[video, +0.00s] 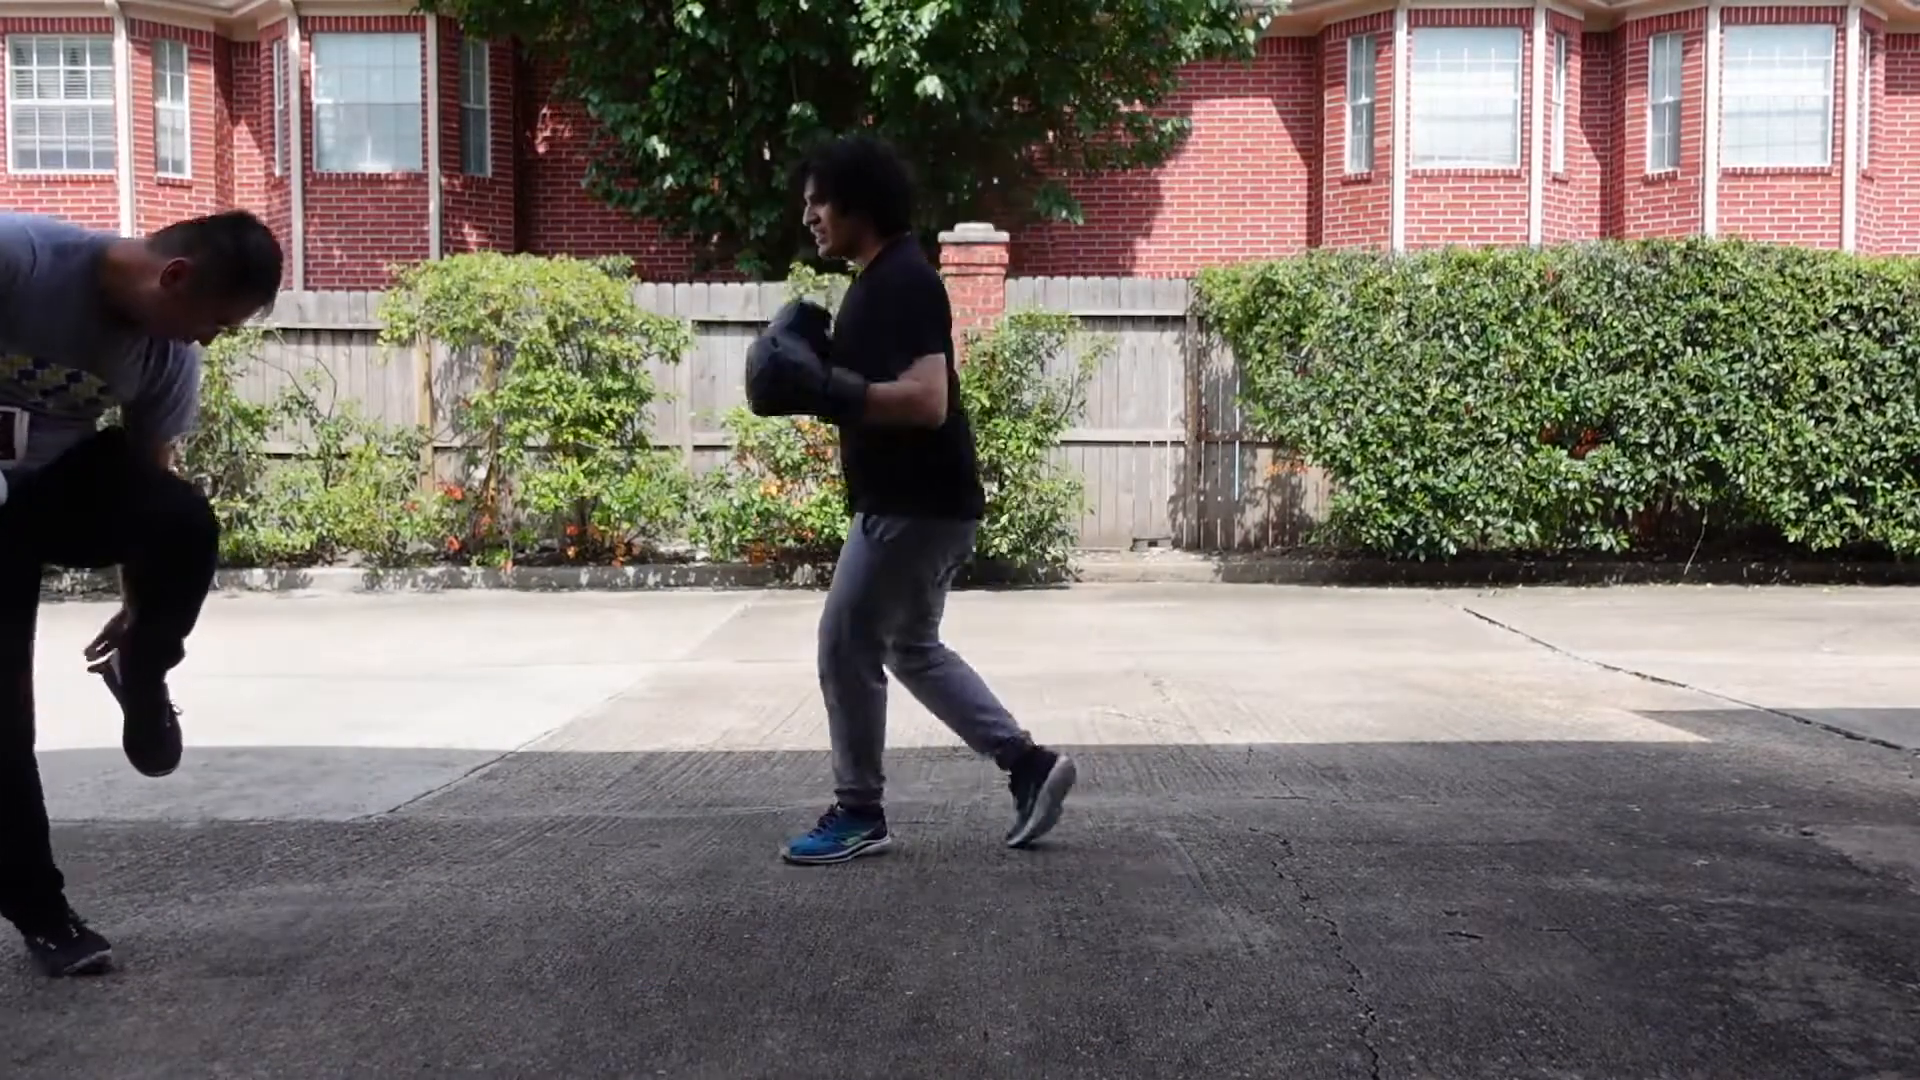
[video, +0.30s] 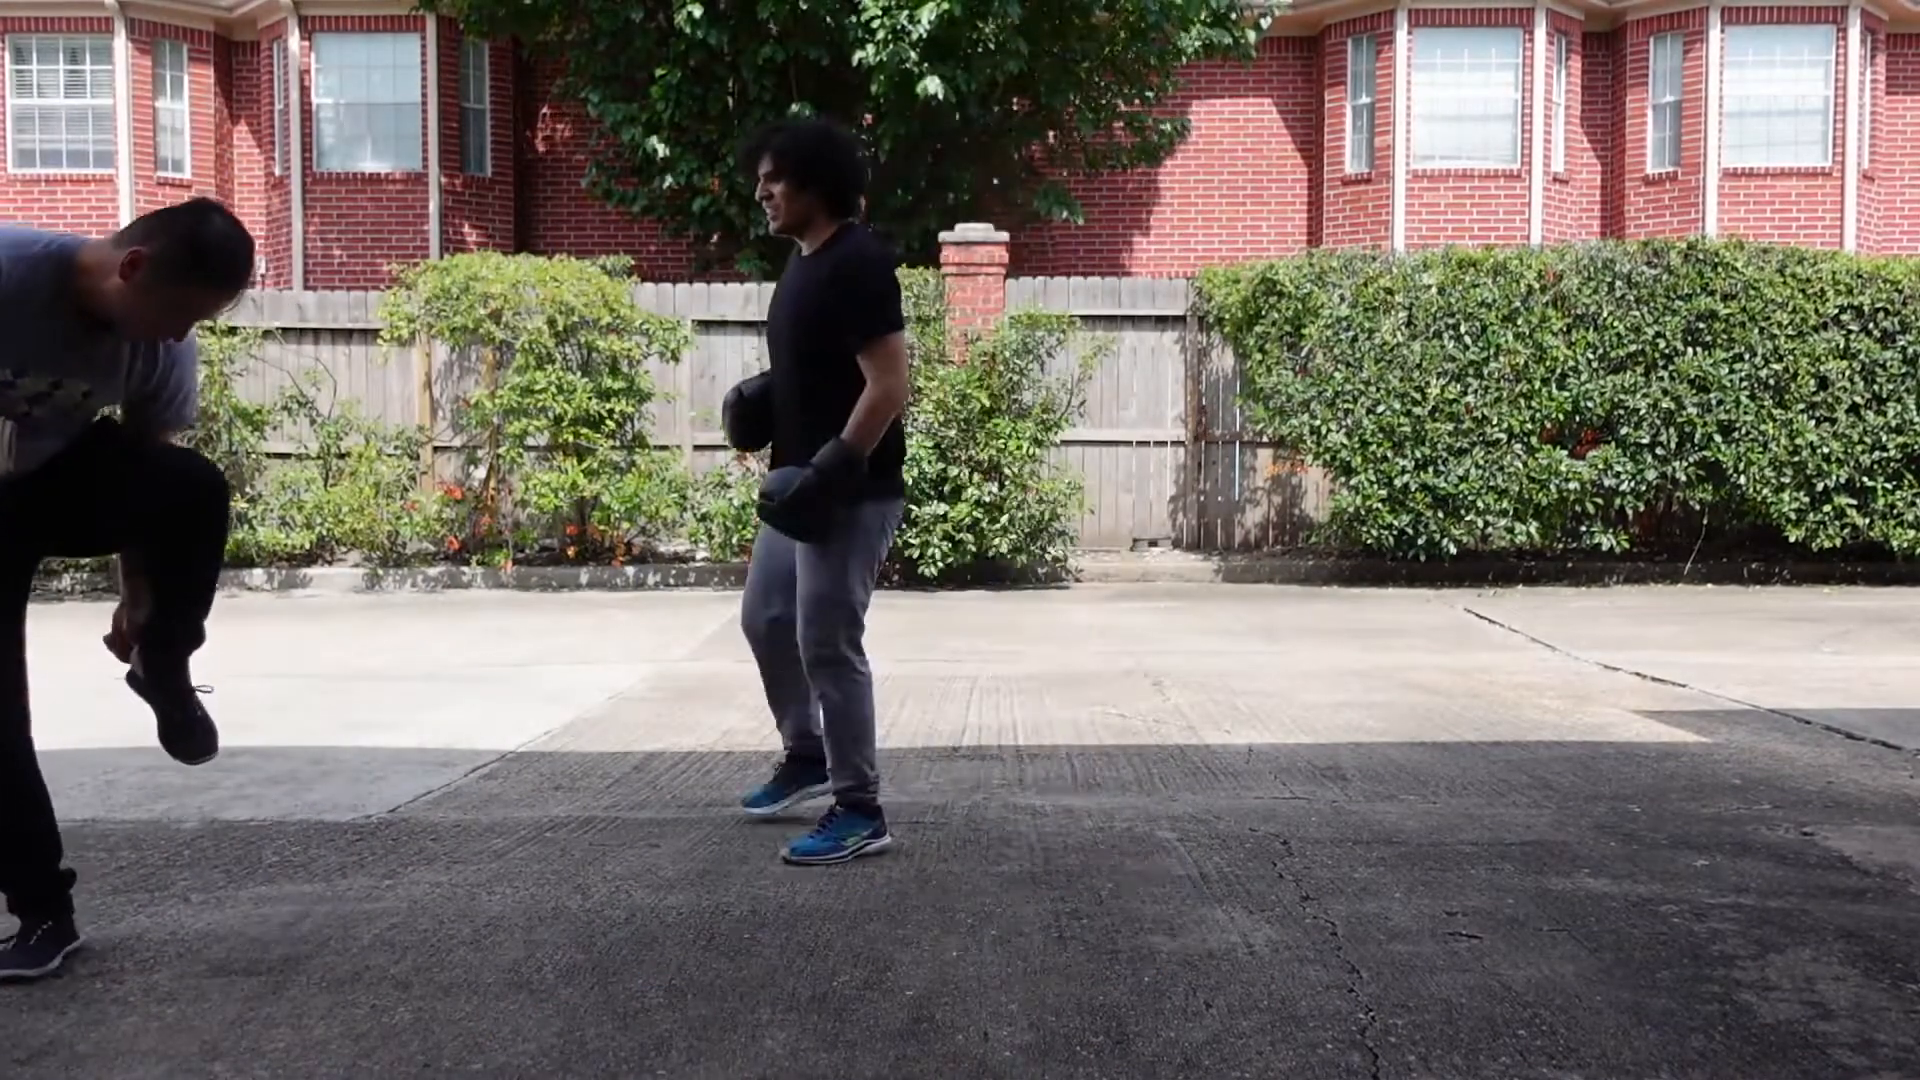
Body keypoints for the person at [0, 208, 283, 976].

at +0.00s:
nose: (207, 342)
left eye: (223, 331)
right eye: (214, 323)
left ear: (177, 277)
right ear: (175, 275)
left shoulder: (165, 361)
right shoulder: (20, 260)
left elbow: (150, 492)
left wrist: (136, 607)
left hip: (65, 492)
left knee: (183, 520)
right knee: (3, 719)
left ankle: (140, 667)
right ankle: (41, 915)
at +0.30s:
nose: (183, 335)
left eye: (199, 322)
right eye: (182, 314)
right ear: (133, 266)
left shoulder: (161, 348)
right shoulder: (11, 270)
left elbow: (153, 480)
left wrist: (136, 600)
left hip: (65, 470)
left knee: (194, 489)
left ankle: (166, 663)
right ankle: (41, 909)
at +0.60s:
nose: (168, 365)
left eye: (184, 353)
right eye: (162, 348)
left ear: (198, 327)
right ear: (113, 293)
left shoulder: (183, 363)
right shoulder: (15, 282)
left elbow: (171, 490)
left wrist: (152, 602)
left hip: (77, 474)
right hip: (0, 493)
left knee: (198, 454)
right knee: (2, 709)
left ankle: (180, 661)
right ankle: (41, 908)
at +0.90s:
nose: (156, 341)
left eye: (171, 333)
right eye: (150, 325)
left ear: (202, 307)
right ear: (117, 264)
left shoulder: (199, 294)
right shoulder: (16, 269)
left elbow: (215, 399)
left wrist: (252, 512)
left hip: (128, 497)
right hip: (18, 510)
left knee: (213, 658)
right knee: (13, 709)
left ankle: (207, 873)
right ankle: (45, 910)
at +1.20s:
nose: (215, 244)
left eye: (235, 233)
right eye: (207, 226)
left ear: (259, 214)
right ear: (168, 170)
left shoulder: (260, 239)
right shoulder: (49, 219)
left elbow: (311, 373)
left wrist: (213, 390)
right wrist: (12, 428)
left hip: (182, 507)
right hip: (52, 511)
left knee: (201, 718)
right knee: (41, 719)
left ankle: (173, 920)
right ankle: (33, 901)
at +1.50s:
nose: (231, 218)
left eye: (249, 202)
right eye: (219, 197)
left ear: (264, 182)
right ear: (169, 143)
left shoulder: (256, 211)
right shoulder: (59, 213)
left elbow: (319, 347)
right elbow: (5, 371)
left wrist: (197, 401)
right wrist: (86, 473)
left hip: (187, 508)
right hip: (70, 514)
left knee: (210, 717)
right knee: (72, 746)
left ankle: (170, 919)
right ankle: (48, 999)